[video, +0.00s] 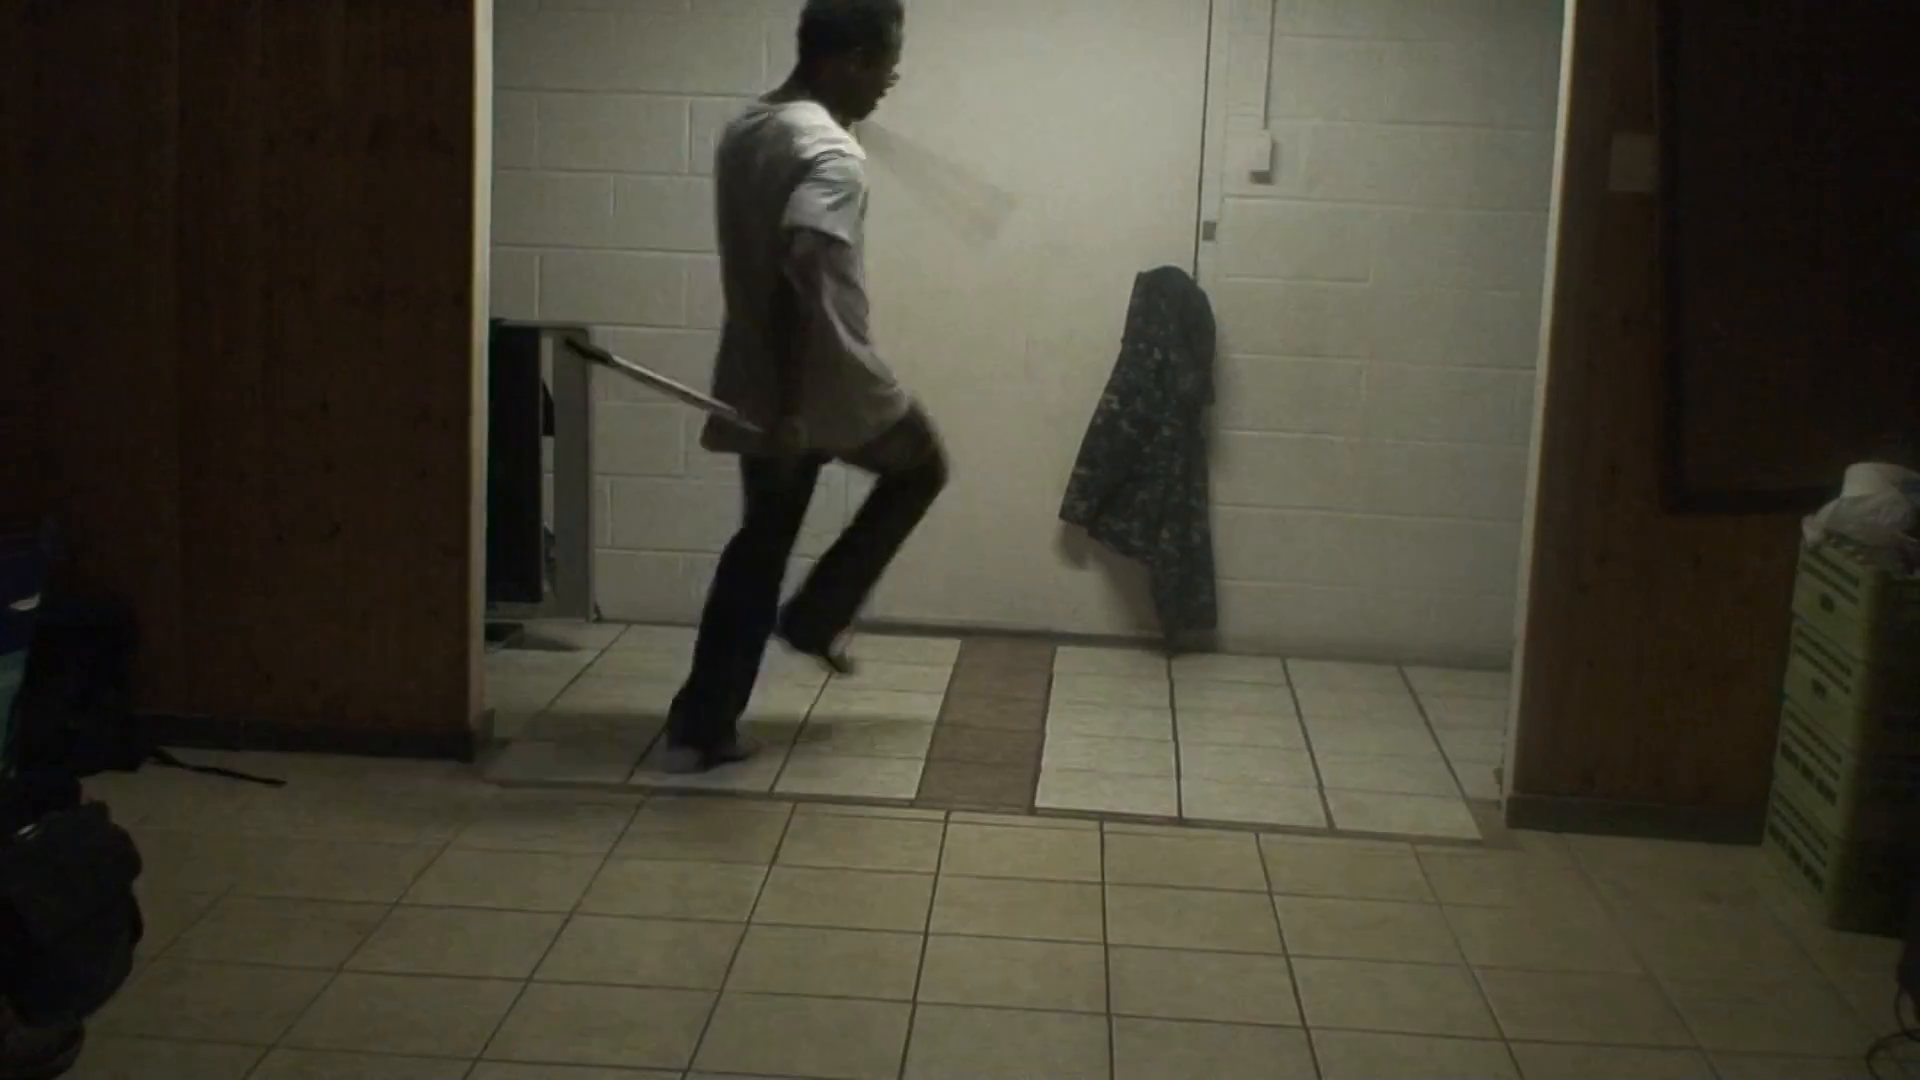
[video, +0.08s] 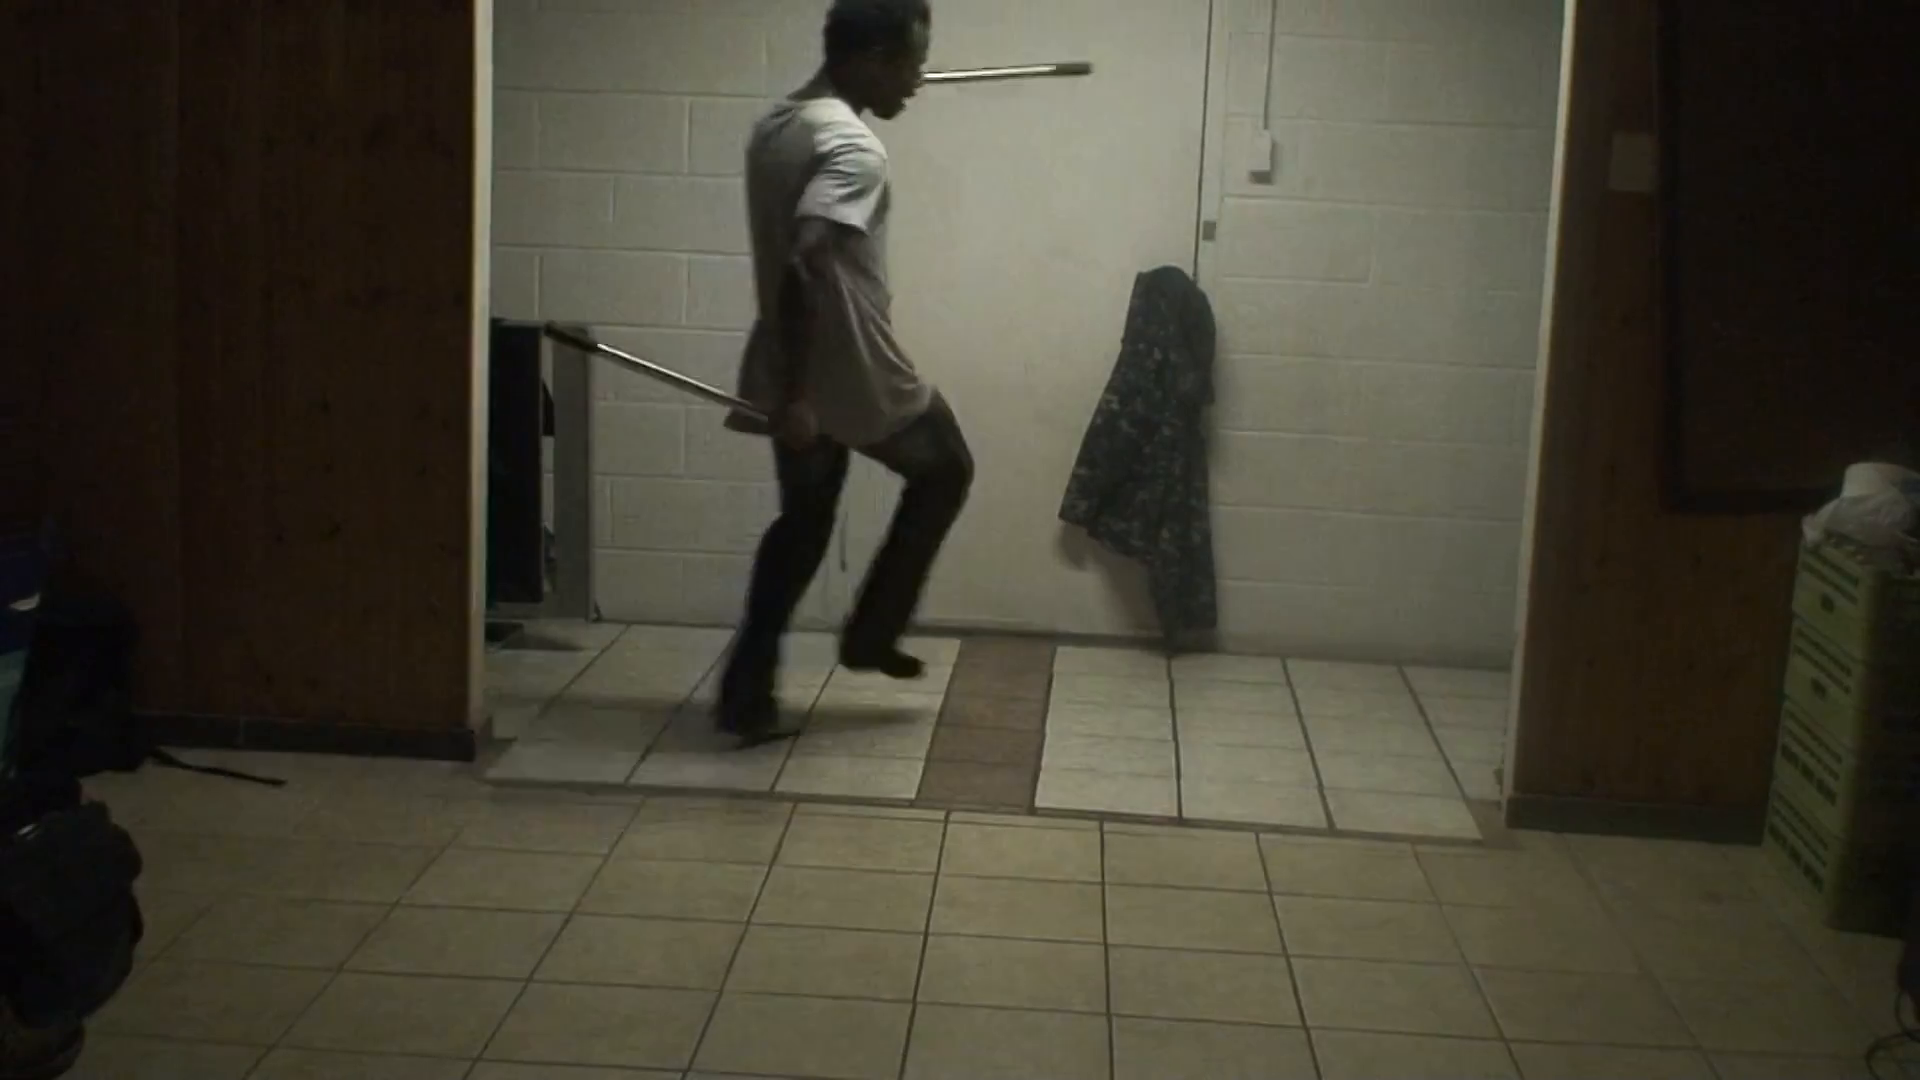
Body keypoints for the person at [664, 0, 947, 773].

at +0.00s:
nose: (889, 85)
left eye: (892, 68)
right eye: (885, 67)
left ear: (816, 56)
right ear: (846, 62)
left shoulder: (743, 133)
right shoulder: (830, 153)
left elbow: (748, 268)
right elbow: (804, 273)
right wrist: (821, 387)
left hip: (757, 380)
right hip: (821, 380)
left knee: (762, 539)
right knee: (920, 469)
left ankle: (704, 722)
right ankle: (817, 616)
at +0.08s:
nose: (918, 80)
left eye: (920, 64)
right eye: (913, 63)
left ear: (850, 53)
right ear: (871, 56)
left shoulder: (774, 128)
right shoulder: (852, 144)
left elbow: (777, 263)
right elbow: (808, 261)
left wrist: (770, 384)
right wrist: (800, 389)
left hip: (787, 367)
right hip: (851, 366)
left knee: (803, 521)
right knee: (946, 470)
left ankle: (745, 696)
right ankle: (873, 633)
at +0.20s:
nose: (955, 104)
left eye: (959, 87)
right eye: (946, 85)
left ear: (888, 80)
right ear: (899, 79)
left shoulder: (827, 148)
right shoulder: (886, 171)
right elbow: (840, 289)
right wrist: (841, 411)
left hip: (835, 397)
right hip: (898, 400)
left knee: (837, 535)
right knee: (957, 525)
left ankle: (770, 698)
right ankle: (922, 681)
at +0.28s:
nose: (990, 113)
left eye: (992, 97)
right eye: (981, 95)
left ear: (921, 89)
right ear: (932, 88)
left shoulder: (870, 156)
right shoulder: (909, 182)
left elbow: (912, 240)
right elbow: (869, 309)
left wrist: (986, 234)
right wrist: (905, 416)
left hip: (876, 407)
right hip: (925, 410)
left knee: (871, 536)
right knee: (971, 541)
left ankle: (776, 680)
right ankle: (923, 681)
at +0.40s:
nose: (1031, 117)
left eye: (1036, 102)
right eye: (1019, 101)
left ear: (980, 93)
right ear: (971, 89)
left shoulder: (959, 164)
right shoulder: (940, 179)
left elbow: (950, 297)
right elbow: (899, 298)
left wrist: (1013, 343)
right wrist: (983, 374)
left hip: (973, 407)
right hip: (958, 414)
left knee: (978, 529)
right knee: (985, 551)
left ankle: (859, 603)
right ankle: (924, 687)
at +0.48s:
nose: (1058, 115)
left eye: (1065, 100)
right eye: (1046, 99)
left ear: (1062, 87)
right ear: (998, 82)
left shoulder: (1002, 154)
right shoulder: (959, 167)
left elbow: (985, 268)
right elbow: (916, 281)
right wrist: (1031, 274)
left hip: (1038, 374)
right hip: (987, 396)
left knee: (1114, 461)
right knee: (998, 551)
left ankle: (986, 553)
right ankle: (921, 680)